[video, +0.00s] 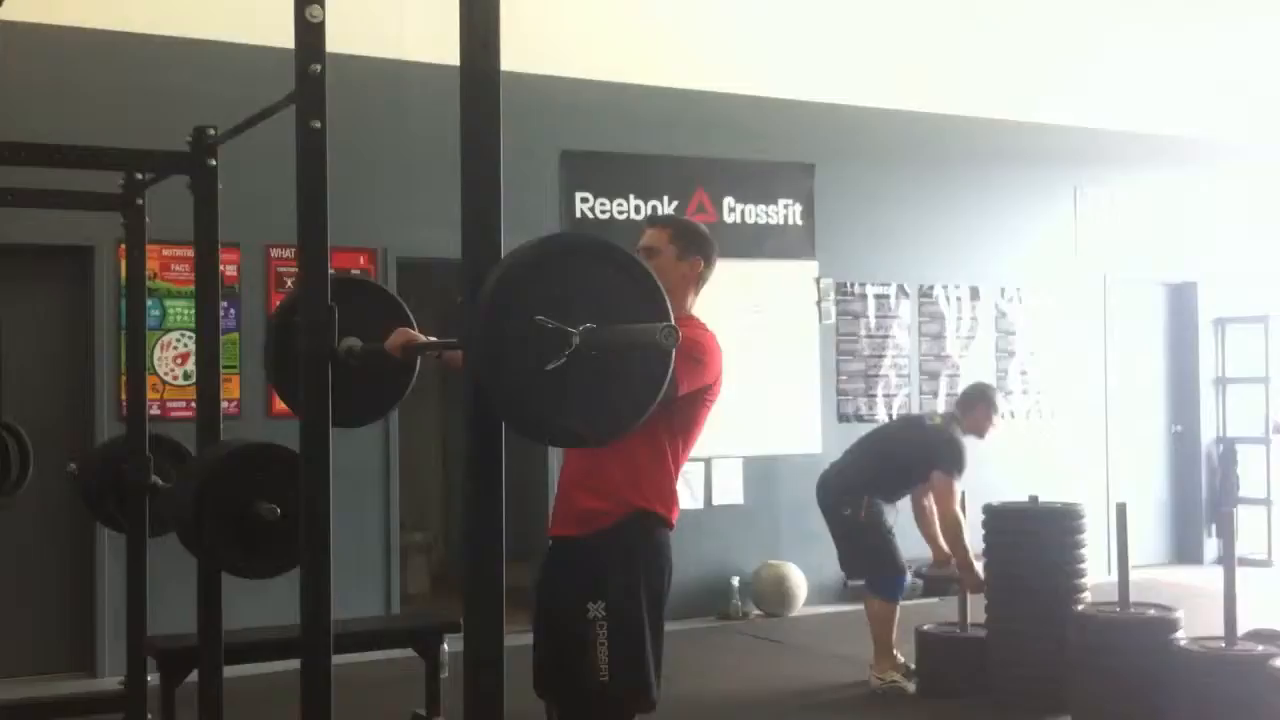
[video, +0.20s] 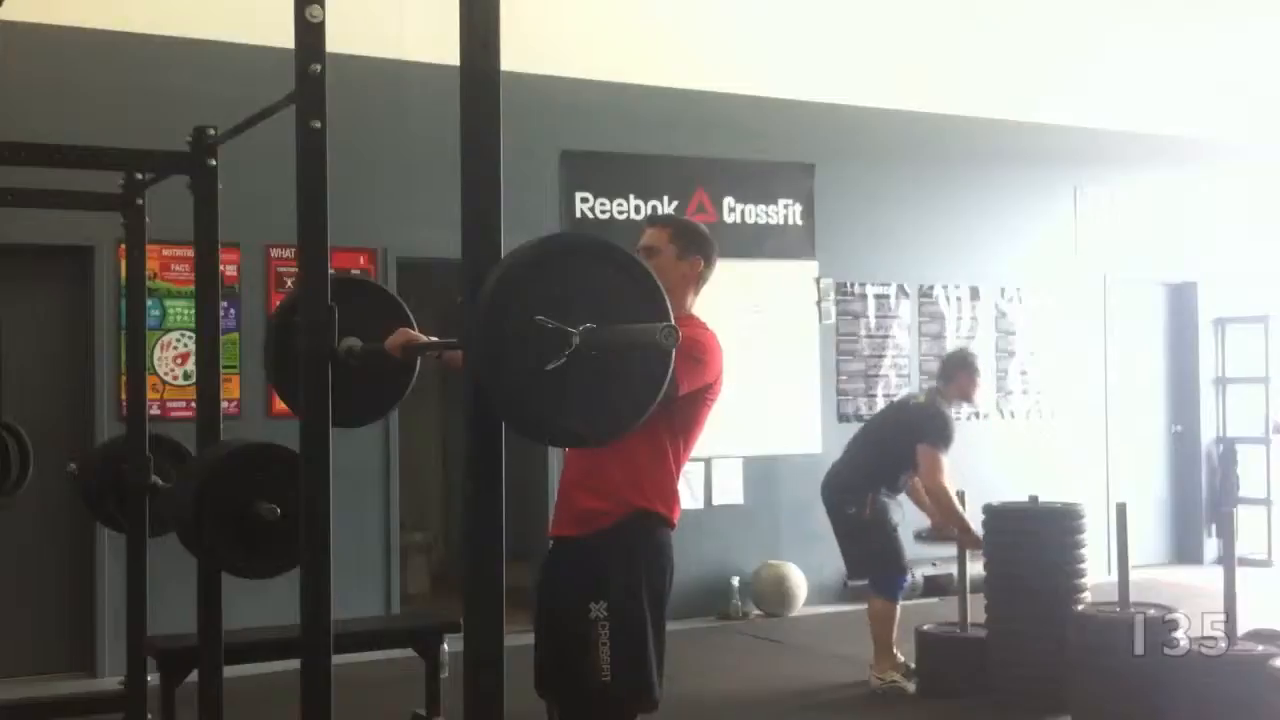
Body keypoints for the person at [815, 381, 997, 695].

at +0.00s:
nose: (992, 422)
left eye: (994, 415)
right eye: (991, 414)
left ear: (965, 407)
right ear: (976, 409)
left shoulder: (930, 427)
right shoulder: (947, 443)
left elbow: (921, 500)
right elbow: (950, 512)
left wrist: (939, 549)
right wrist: (968, 569)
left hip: (843, 488)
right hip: (852, 494)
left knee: (885, 575)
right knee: (889, 576)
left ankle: (887, 658)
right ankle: (882, 667)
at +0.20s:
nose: (977, 385)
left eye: (977, 378)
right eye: (974, 378)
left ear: (948, 378)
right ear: (959, 378)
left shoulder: (916, 407)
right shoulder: (933, 415)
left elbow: (909, 479)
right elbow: (932, 483)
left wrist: (939, 519)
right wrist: (967, 533)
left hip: (851, 487)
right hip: (857, 492)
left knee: (888, 575)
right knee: (890, 576)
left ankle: (887, 659)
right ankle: (882, 668)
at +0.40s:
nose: (949, 347)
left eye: (947, 340)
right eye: (943, 340)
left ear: (922, 345)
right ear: (927, 344)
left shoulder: (909, 385)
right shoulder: (908, 386)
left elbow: (908, 450)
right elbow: (908, 446)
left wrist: (941, 478)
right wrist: (955, 476)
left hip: (875, 490)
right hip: (868, 492)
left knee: (890, 576)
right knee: (890, 577)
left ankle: (886, 659)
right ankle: (882, 667)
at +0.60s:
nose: (929, 334)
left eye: (928, 328)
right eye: (922, 328)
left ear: (910, 335)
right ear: (898, 334)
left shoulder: (904, 378)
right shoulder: (879, 374)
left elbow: (897, 436)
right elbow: (872, 427)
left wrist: (931, 458)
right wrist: (926, 451)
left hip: (890, 493)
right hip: (863, 493)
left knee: (893, 576)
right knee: (868, 579)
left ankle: (886, 654)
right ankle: (878, 665)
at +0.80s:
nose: (895, 328)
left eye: (897, 321)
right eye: (886, 323)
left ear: (901, 325)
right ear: (870, 330)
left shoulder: (907, 378)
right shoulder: (853, 373)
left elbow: (909, 432)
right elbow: (836, 425)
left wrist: (933, 455)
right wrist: (881, 448)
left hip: (890, 490)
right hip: (853, 491)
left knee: (890, 573)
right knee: (854, 574)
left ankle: (882, 655)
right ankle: (844, 662)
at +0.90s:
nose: (878, 327)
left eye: (881, 319)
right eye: (869, 322)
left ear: (890, 325)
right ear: (857, 330)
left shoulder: (904, 378)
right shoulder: (840, 375)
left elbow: (911, 428)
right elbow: (819, 426)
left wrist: (923, 455)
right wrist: (853, 448)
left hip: (889, 488)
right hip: (849, 487)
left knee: (887, 572)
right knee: (846, 571)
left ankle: (883, 655)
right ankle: (825, 661)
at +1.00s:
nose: (861, 326)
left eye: (866, 320)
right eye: (853, 321)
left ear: (876, 326)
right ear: (844, 329)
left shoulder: (898, 379)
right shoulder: (827, 376)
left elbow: (907, 427)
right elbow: (804, 428)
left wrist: (915, 452)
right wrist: (829, 451)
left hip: (883, 485)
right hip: (841, 485)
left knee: (884, 572)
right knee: (832, 574)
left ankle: (882, 655)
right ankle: (813, 661)